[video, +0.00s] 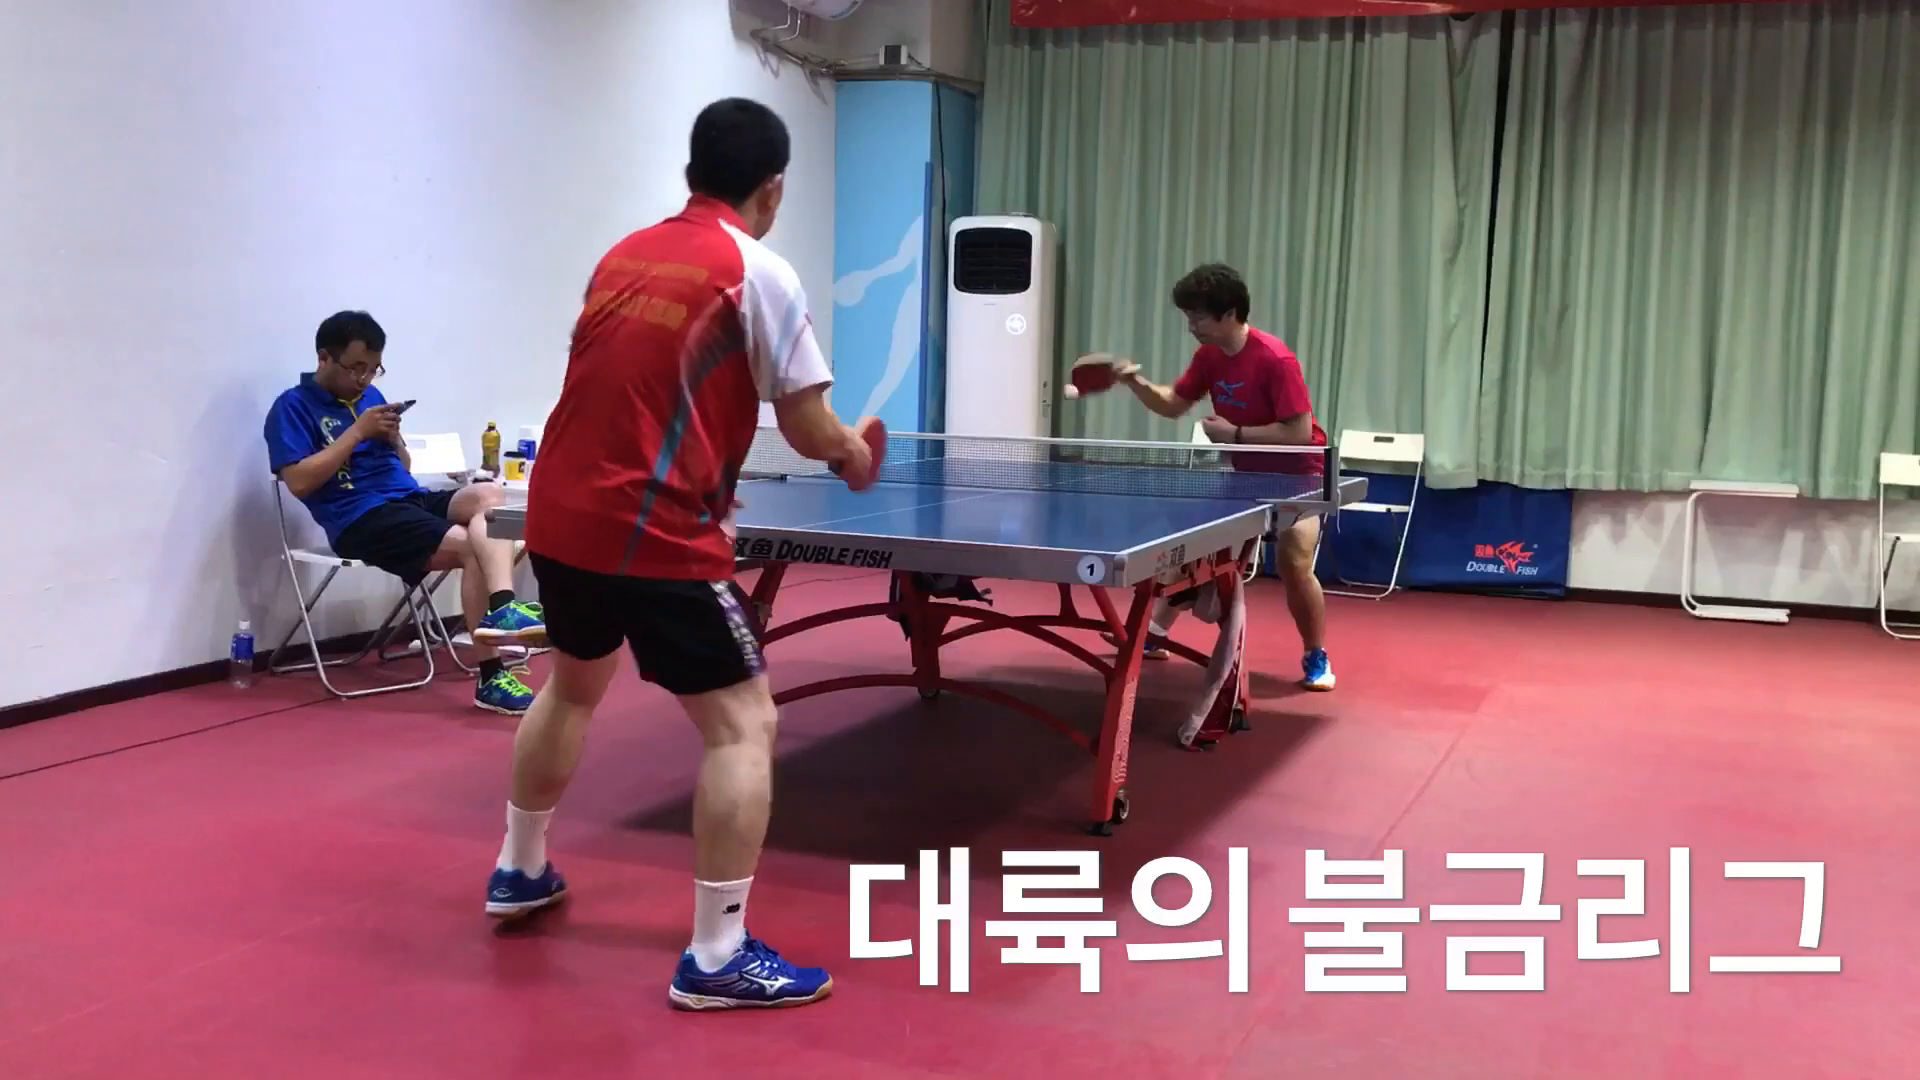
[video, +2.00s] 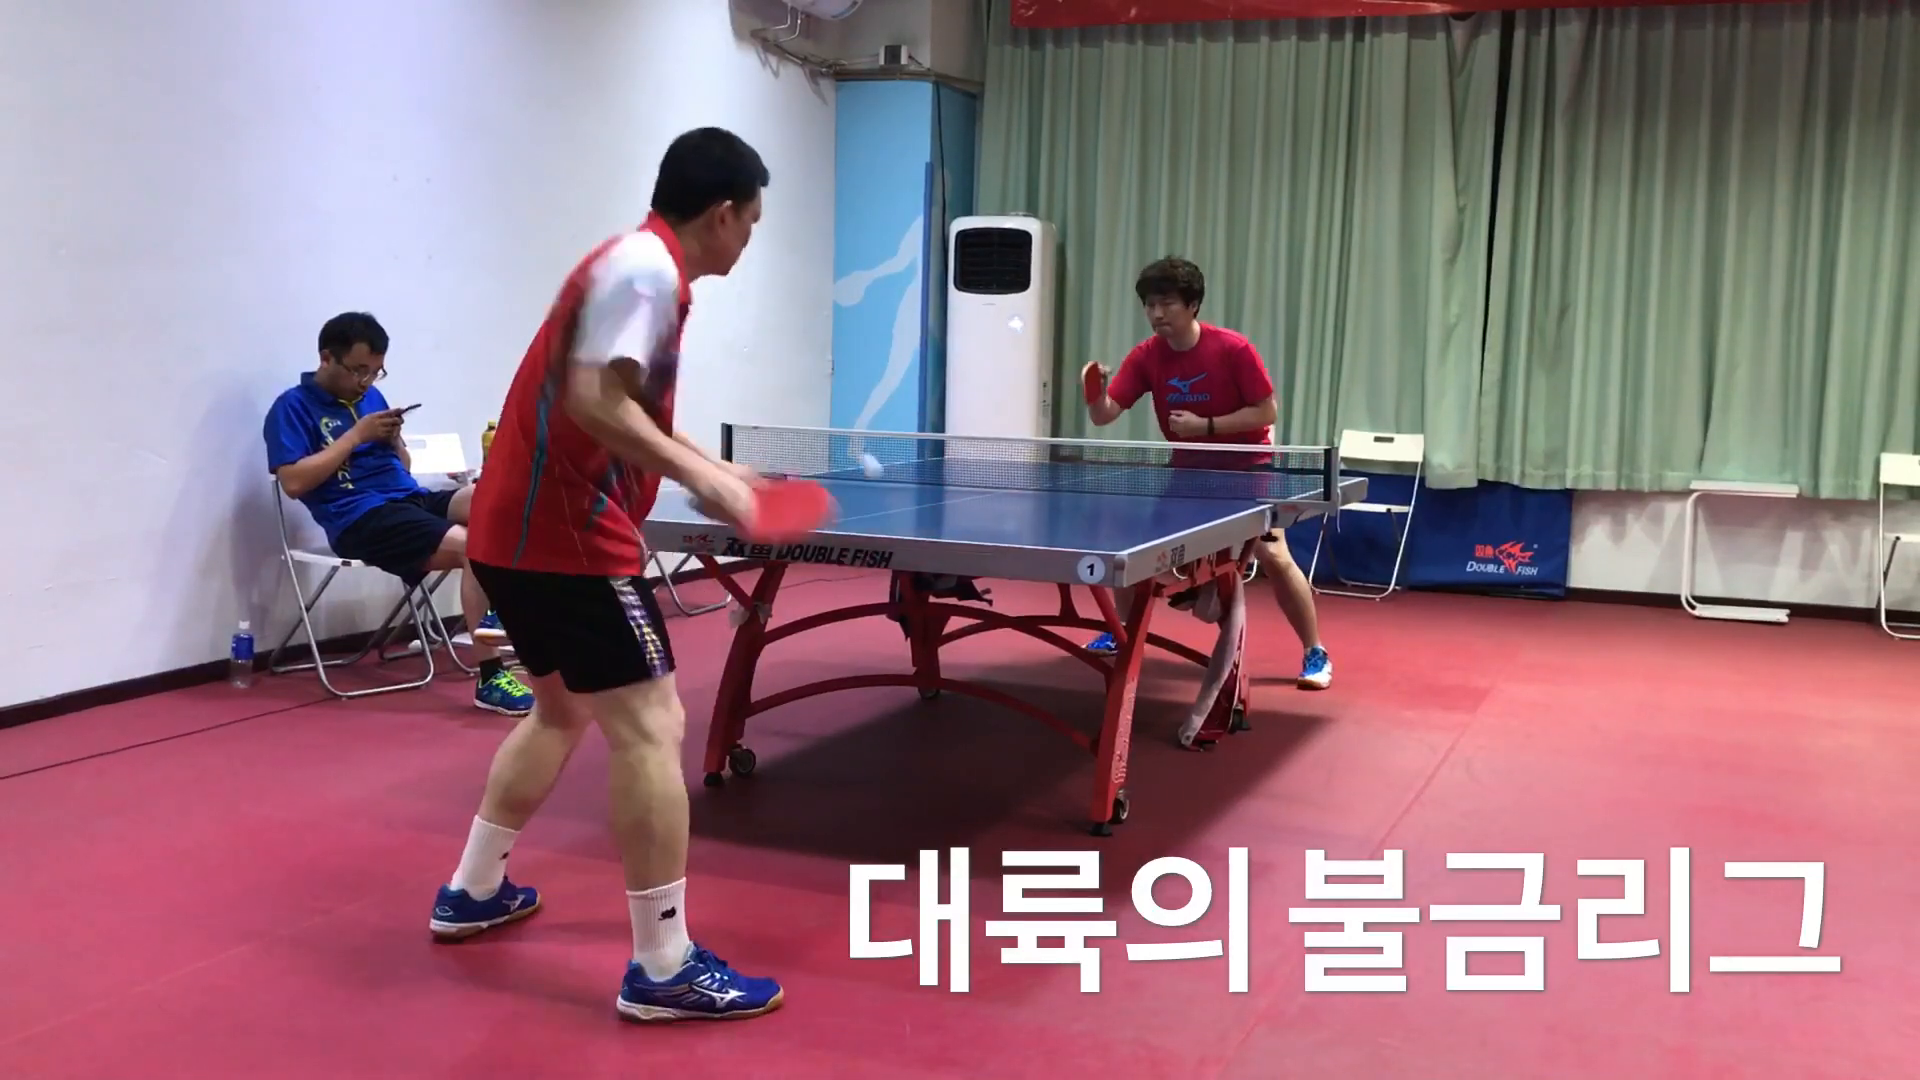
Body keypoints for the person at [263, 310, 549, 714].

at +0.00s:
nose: (364, 379)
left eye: (371, 370)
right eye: (356, 368)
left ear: (377, 365)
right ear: (324, 359)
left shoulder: (369, 396)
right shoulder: (292, 408)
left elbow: (404, 466)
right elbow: (299, 483)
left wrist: (393, 436)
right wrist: (358, 431)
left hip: (409, 501)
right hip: (363, 518)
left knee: (489, 494)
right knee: (479, 549)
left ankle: (503, 605)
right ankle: (492, 678)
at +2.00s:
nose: (366, 382)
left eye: (374, 372)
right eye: (358, 371)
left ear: (380, 366)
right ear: (327, 358)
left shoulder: (370, 398)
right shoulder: (291, 408)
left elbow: (404, 467)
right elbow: (294, 483)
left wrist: (393, 438)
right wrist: (358, 434)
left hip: (409, 500)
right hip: (361, 519)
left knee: (484, 499)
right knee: (477, 548)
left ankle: (496, 611)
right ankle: (491, 677)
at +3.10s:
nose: (364, 382)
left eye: (372, 372)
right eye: (357, 371)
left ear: (379, 367)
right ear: (325, 359)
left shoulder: (369, 397)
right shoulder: (291, 408)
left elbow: (403, 467)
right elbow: (294, 482)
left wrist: (393, 436)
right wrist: (354, 433)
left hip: (412, 501)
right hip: (363, 519)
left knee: (499, 533)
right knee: (472, 555)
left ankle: (514, 674)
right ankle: (505, 683)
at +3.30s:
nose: (365, 381)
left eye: (372, 372)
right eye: (357, 370)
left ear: (378, 366)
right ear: (325, 360)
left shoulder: (369, 396)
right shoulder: (291, 408)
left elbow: (403, 467)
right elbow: (295, 482)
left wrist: (393, 435)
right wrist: (355, 432)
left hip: (410, 502)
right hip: (363, 520)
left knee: (496, 507)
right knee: (477, 547)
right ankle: (502, 683)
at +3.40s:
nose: (366, 382)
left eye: (373, 372)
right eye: (358, 371)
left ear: (379, 365)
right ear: (325, 359)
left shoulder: (369, 397)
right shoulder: (291, 407)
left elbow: (404, 468)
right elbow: (295, 482)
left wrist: (394, 438)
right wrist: (356, 432)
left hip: (411, 500)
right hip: (364, 519)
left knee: (488, 503)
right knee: (474, 546)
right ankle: (490, 670)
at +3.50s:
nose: (364, 381)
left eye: (372, 371)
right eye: (356, 370)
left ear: (379, 365)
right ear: (325, 359)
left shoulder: (370, 397)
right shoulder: (292, 407)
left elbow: (404, 466)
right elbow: (295, 482)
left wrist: (392, 435)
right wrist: (356, 432)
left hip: (412, 501)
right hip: (364, 520)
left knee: (502, 517)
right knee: (480, 546)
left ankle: (527, 668)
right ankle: (490, 675)